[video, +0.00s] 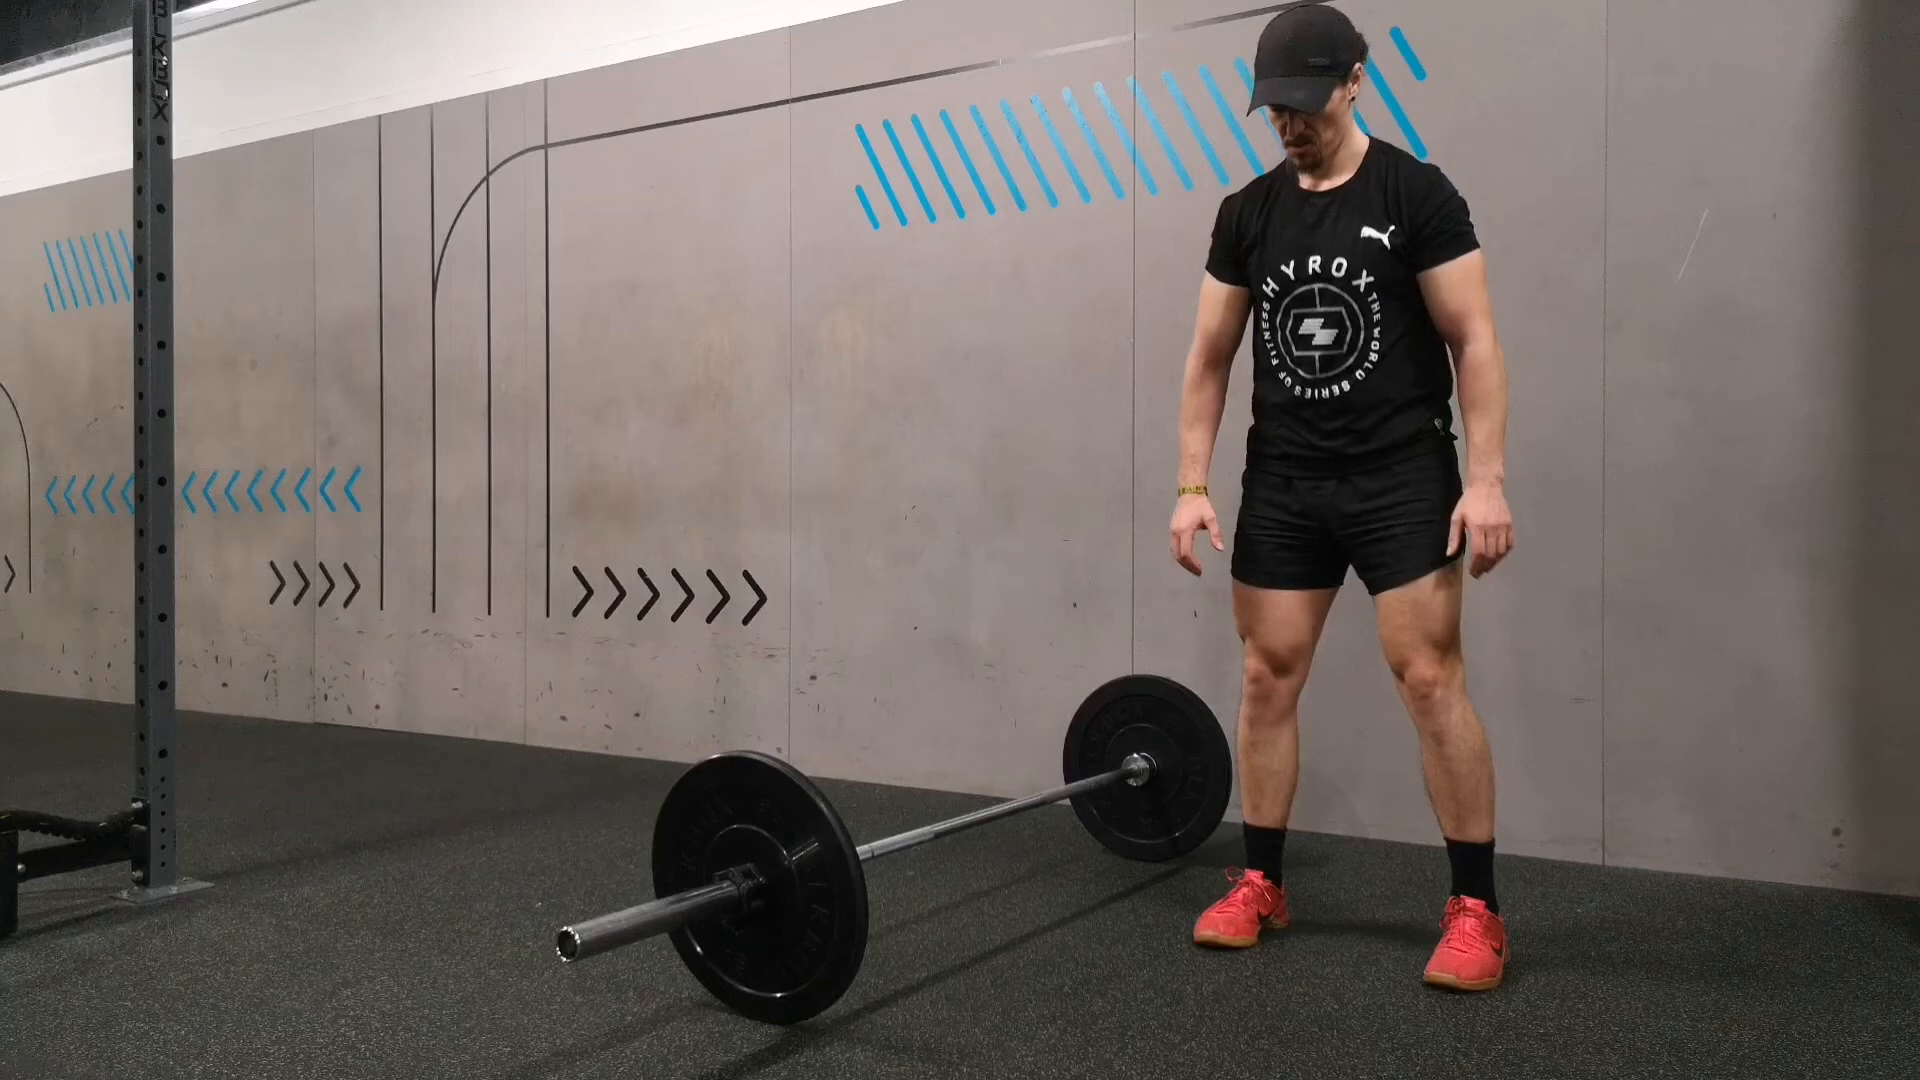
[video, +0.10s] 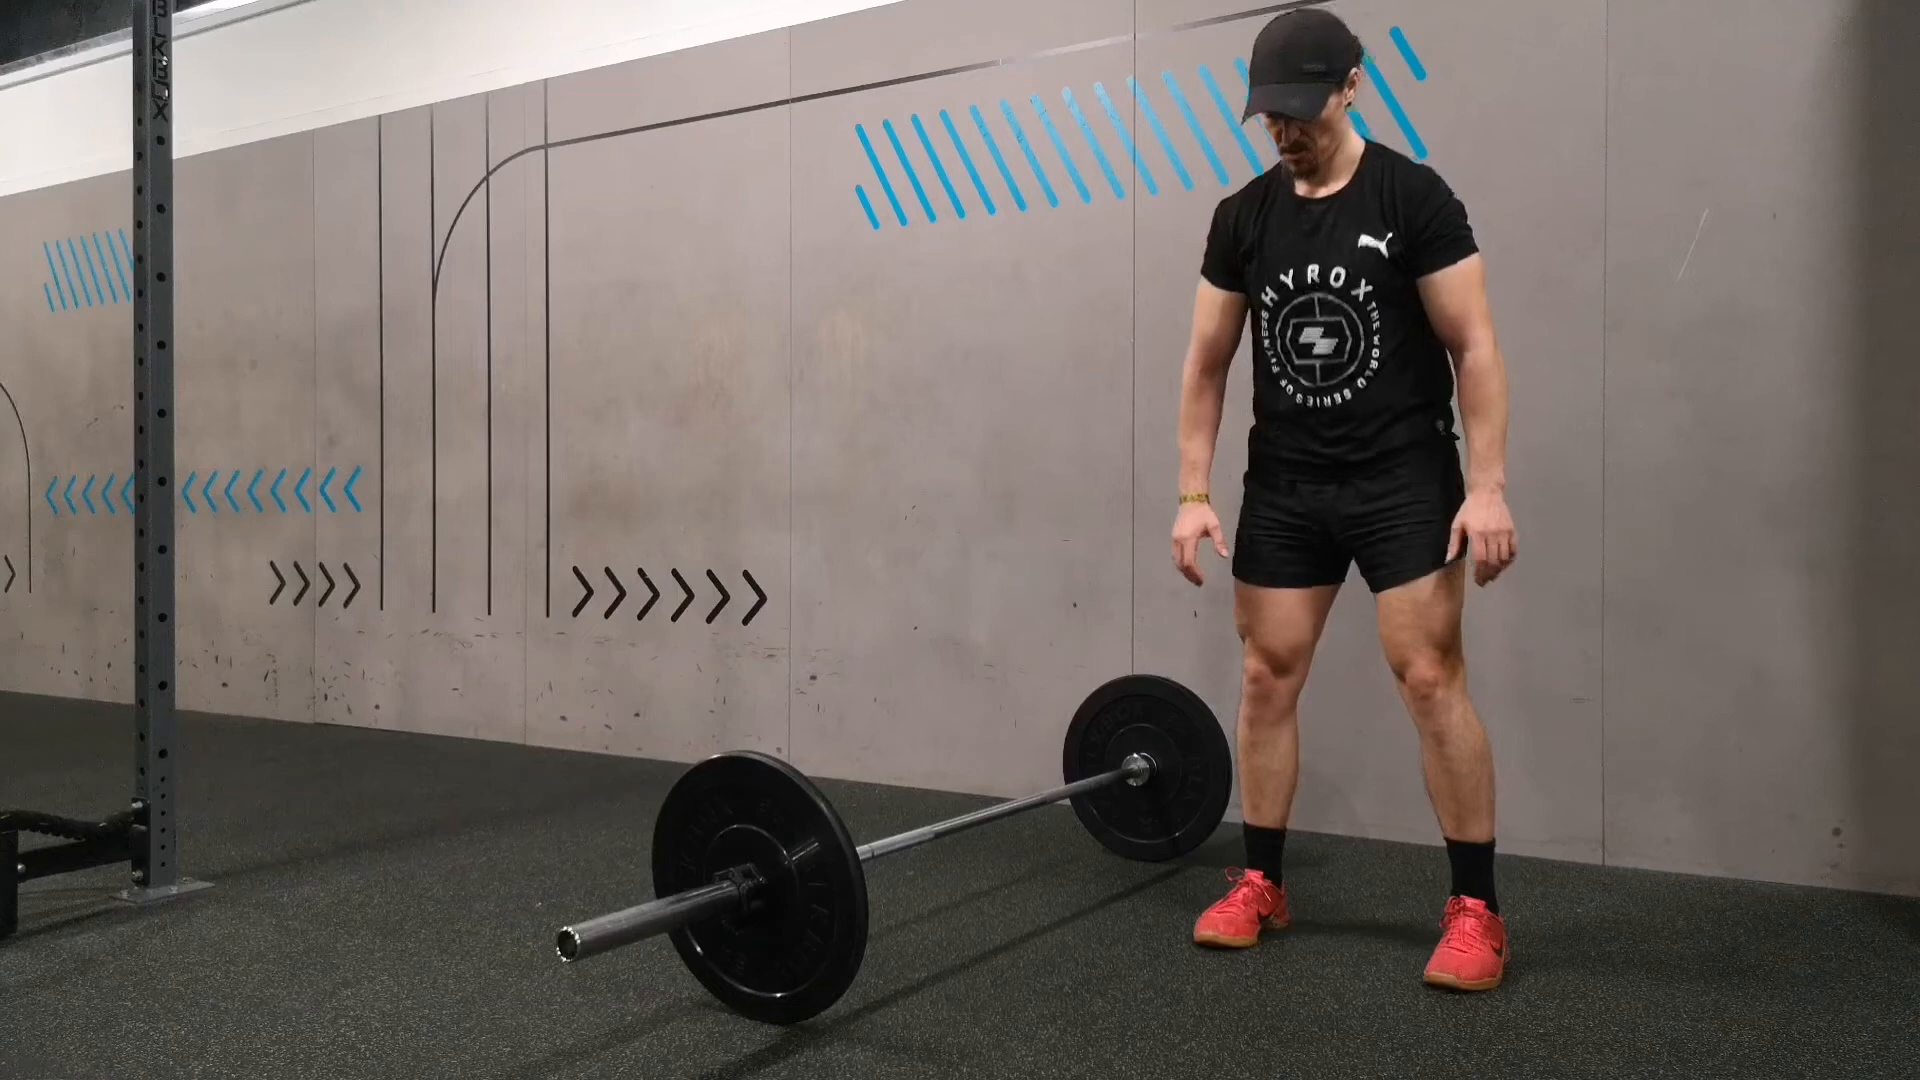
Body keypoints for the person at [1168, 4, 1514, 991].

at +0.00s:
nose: (1290, 124)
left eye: (1307, 104)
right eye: (1276, 107)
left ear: (1354, 83)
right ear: (1259, 98)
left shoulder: (1417, 195)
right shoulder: (1247, 213)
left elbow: (1474, 339)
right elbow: (1208, 361)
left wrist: (1487, 480)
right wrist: (1192, 486)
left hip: (1404, 477)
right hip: (1284, 480)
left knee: (1428, 677)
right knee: (1267, 672)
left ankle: (1475, 908)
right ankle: (1260, 882)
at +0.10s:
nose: (1285, 133)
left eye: (1304, 113)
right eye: (1270, 115)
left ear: (1349, 90)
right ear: (1254, 103)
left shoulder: (1416, 198)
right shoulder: (1243, 217)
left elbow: (1474, 347)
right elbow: (1205, 367)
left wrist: (1488, 488)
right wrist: (1192, 494)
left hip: (1405, 478)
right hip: (1285, 482)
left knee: (1428, 675)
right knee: (1267, 673)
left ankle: (1475, 908)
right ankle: (1260, 883)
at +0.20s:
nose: (1271, 151)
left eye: (1289, 131)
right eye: (1257, 134)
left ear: (1334, 107)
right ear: (1241, 123)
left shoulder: (1409, 215)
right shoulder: (1232, 235)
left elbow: (1473, 364)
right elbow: (1202, 388)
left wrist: (1486, 507)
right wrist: (1193, 519)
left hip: (1410, 481)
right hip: (1291, 484)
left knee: (1427, 678)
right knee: (1262, 676)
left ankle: (1475, 908)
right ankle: (1260, 884)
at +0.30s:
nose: (1254, 209)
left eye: (1268, 189)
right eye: (1241, 192)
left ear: (1313, 165)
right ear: (1224, 182)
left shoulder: (1393, 256)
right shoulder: (1222, 278)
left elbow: (1468, 403)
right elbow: (1198, 425)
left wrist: (1483, 552)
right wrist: (1194, 565)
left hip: (1414, 482)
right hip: (1297, 487)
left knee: (1420, 685)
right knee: (1255, 679)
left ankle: (1474, 910)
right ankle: (1260, 884)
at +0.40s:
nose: (1240, 304)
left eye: (1253, 284)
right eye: (1226, 290)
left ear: (1294, 252)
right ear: (1207, 274)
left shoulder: (1375, 330)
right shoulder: (1210, 355)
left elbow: (1466, 477)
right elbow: (1190, 504)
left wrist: (1484, 629)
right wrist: (1186, 645)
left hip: (1412, 517)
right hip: (1304, 523)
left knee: (1409, 704)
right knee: (1237, 696)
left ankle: (1473, 909)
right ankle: (1259, 886)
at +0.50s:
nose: (1225, 407)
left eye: (1238, 385)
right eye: (1209, 392)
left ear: (1276, 350)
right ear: (1187, 373)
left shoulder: (1353, 401)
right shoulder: (1196, 436)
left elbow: (1455, 558)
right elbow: (1181, 587)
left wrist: (1492, 718)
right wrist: (1174, 726)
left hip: (1413, 550)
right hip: (1306, 552)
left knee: (1400, 729)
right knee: (1221, 721)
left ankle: (1473, 913)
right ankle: (1262, 886)